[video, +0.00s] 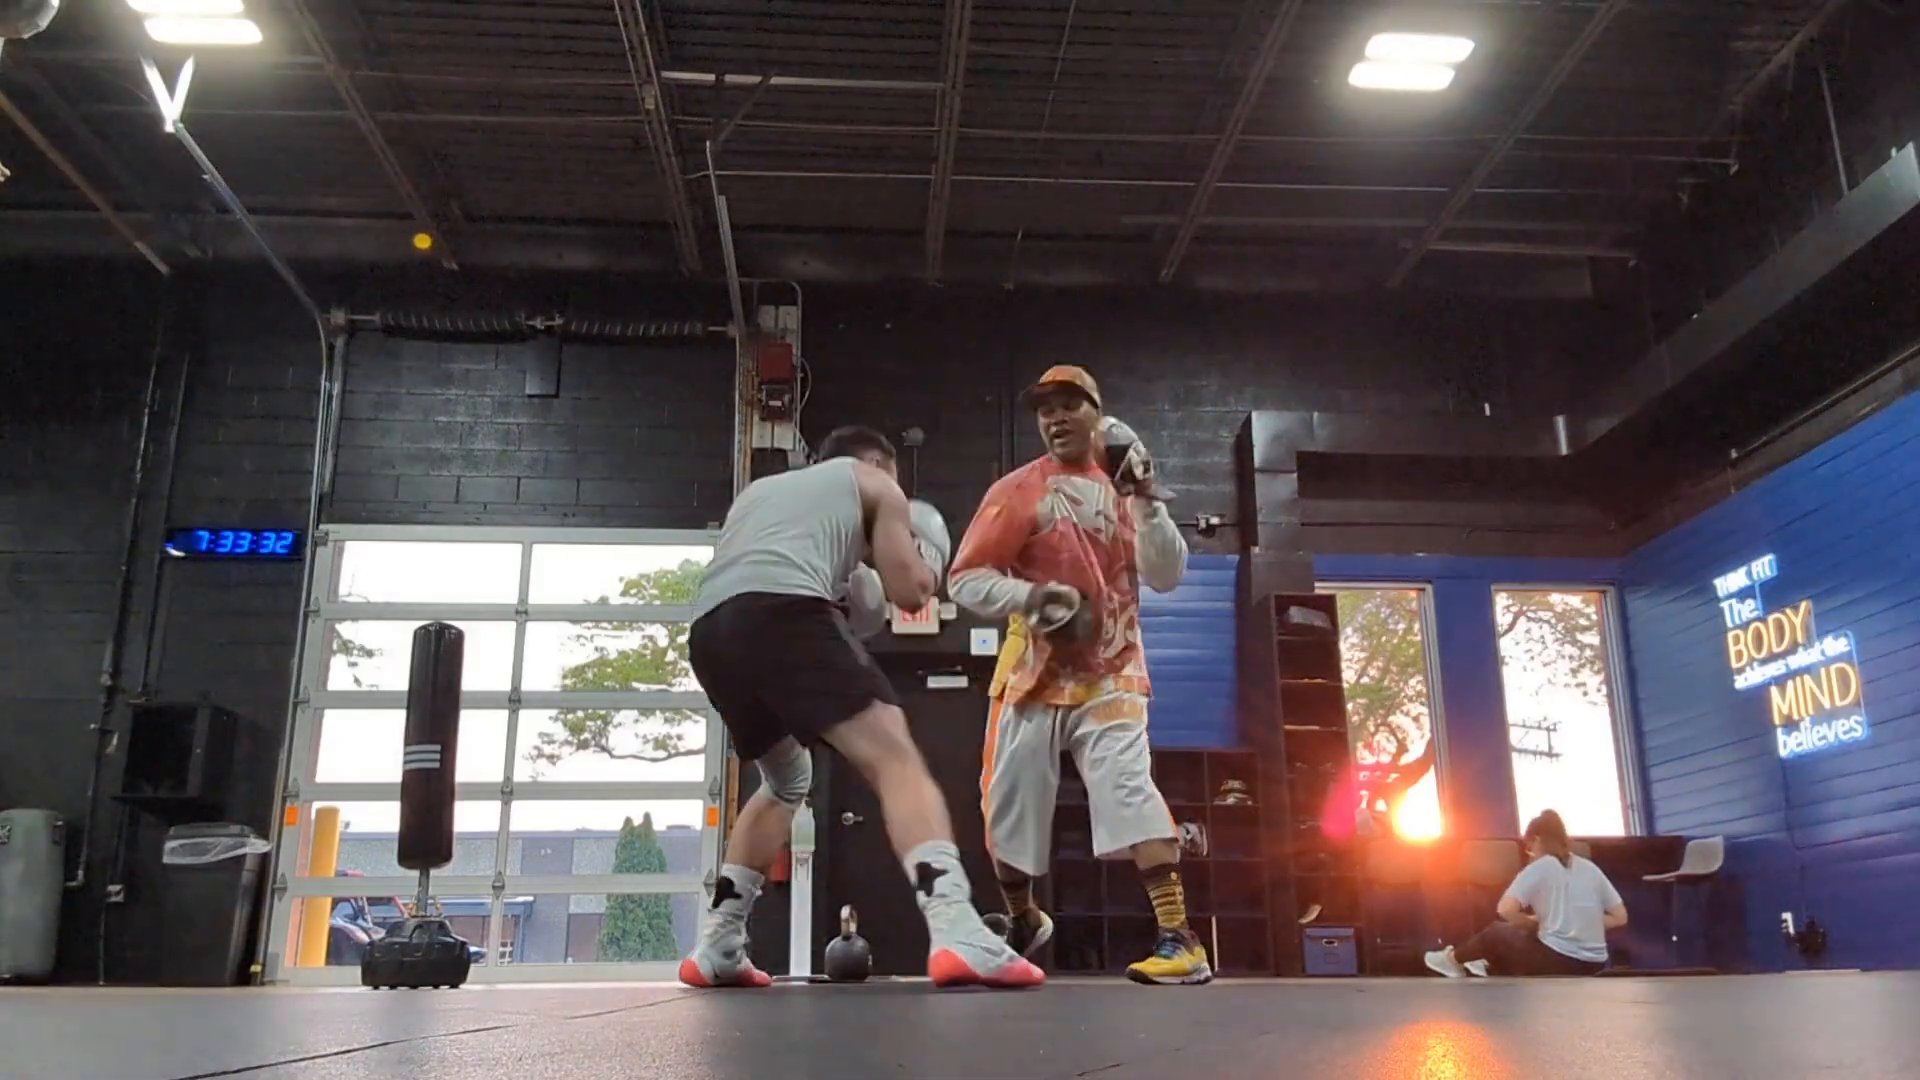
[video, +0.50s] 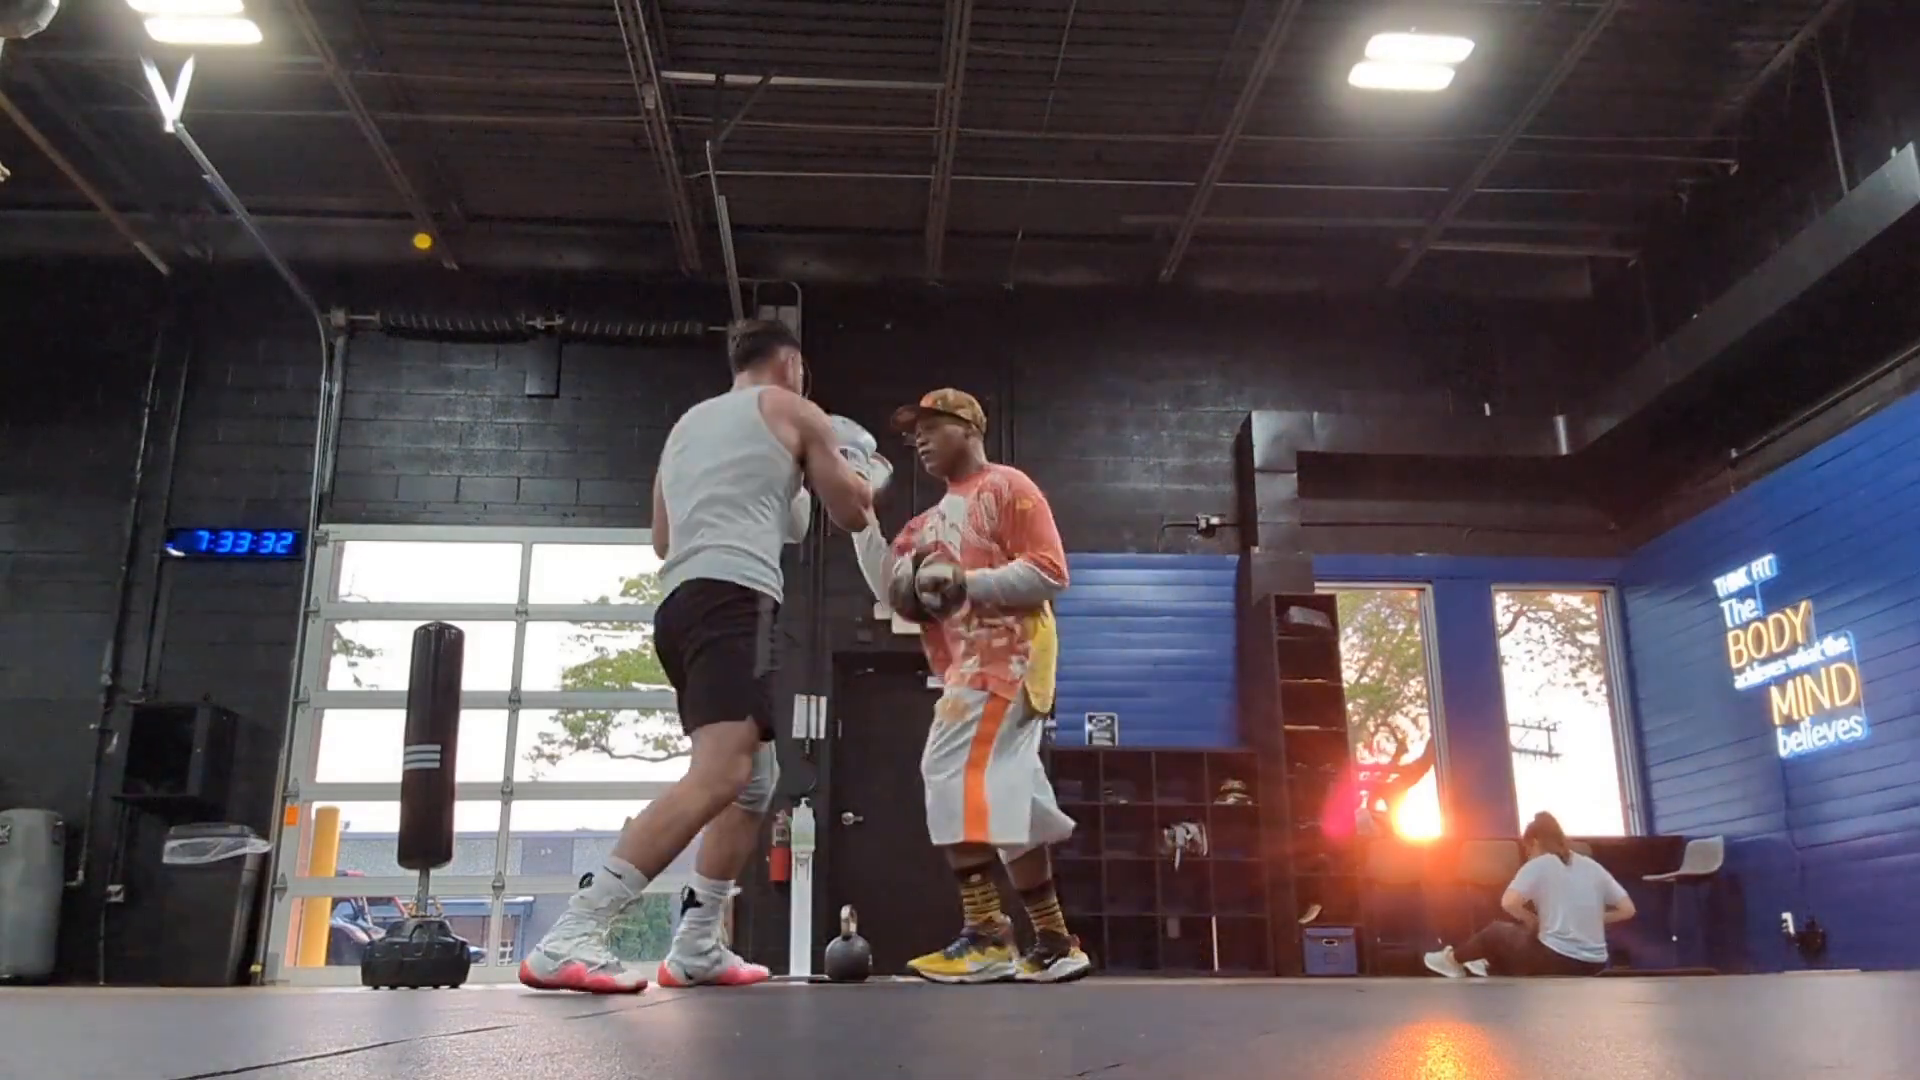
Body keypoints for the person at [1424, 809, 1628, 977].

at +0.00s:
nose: (1529, 853)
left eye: (1529, 847)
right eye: (1528, 848)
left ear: (1538, 840)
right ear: (1562, 839)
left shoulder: (1540, 867)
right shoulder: (1590, 868)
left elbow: (1505, 909)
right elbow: (1620, 918)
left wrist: (1532, 923)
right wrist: (1582, 923)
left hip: (1559, 959)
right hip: (1595, 962)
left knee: (1497, 931)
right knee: (1522, 935)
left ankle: (1453, 959)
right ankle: (1488, 965)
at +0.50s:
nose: (1527, 853)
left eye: (1527, 848)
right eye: (1526, 848)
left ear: (1535, 843)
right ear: (1561, 840)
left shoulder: (1536, 866)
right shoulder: (1592, 866)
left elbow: (1509, 903)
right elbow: (1627, 909)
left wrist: (1530, 921)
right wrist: (1592, 920)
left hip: (1556, 958)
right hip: (1595, 961)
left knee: (1498, 931)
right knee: (1522, 938)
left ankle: (1451, 959)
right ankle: (1487, 964)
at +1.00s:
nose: (1527, 856)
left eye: (1527, 849)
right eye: (1526, 850)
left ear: (1537, 842)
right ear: (1558, 840)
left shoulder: (1540, 863)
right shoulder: (1592, 866)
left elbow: (1531, 895)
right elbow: (1636, 897)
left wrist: (1529, 935)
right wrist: (1614, 932)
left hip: (1559, 958)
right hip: (1595, 961)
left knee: (1499, 931)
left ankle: (1451, 958)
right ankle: (1487, 964)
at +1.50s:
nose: (1524, 849)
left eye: (1524, 843)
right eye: (1524, 843)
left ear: (1529, 842)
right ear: (1555, 838)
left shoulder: (1533, 865)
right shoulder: (1584, 867)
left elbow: (1523, 898)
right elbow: (1625, 909)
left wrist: (1509, 937)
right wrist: (1599, 934)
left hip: (1555, 959)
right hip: (1593, 961)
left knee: (1494, 929)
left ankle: (1452, 959)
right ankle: (1486, 962)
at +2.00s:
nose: (1511, 855)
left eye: (1512, 851)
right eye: (1513, 850)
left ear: (1514, 854)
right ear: (1540, 852)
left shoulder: (1517, 874)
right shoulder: (1565, 875)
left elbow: (1502, 920)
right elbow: (1559, 918)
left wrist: (1485, 910)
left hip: (1552, 957)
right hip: (1591, 960)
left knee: (1487, 934)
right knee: (1519, 936)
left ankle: (1450, 960)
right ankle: (1483, 963)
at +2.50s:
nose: (1518, 848)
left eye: (1519, 844)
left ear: (1521, 848)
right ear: (1547, 846)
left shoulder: (1519, 873)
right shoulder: (1573, 873)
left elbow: (1488, 917)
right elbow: (1561, 914)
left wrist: (1517, 924)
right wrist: (1522, 920)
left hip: (1554, 959)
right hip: (1591, 962)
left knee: (1492, 932)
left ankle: (1450, 960)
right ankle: (1481, 963)